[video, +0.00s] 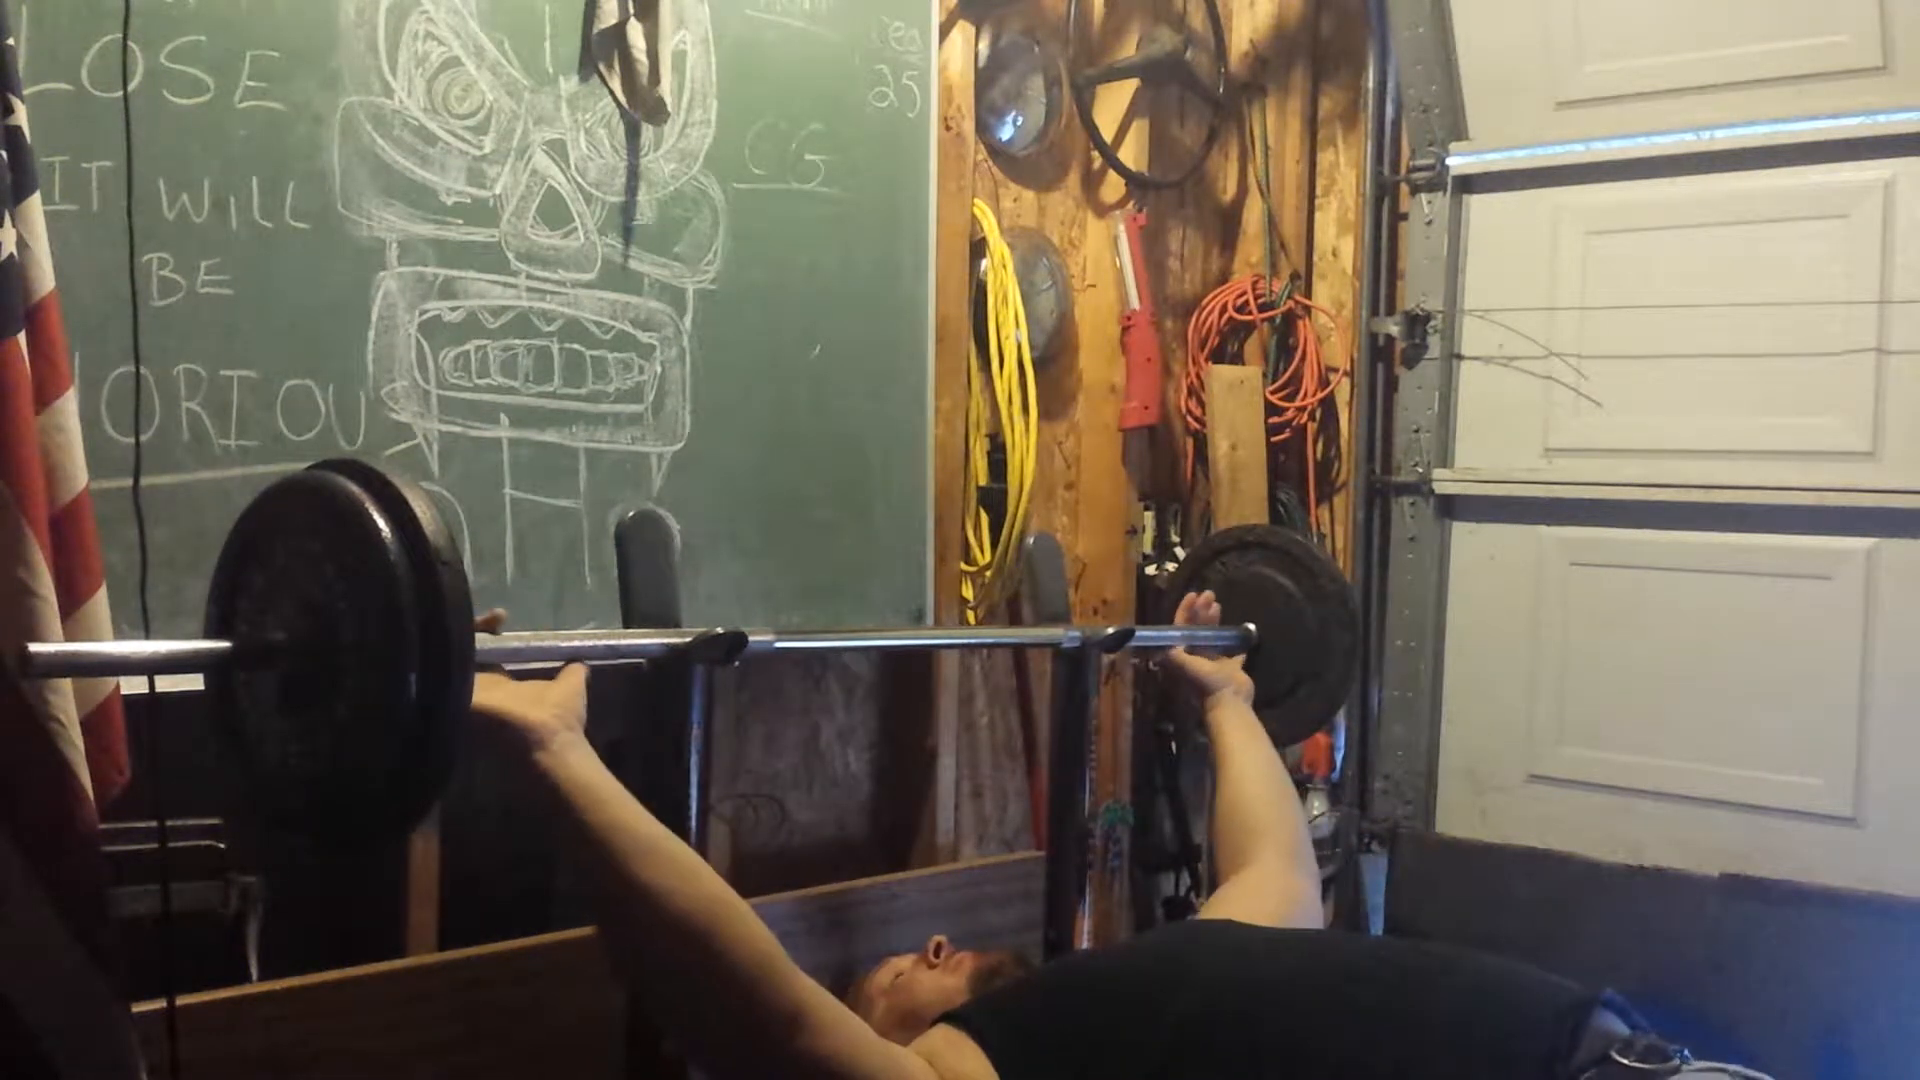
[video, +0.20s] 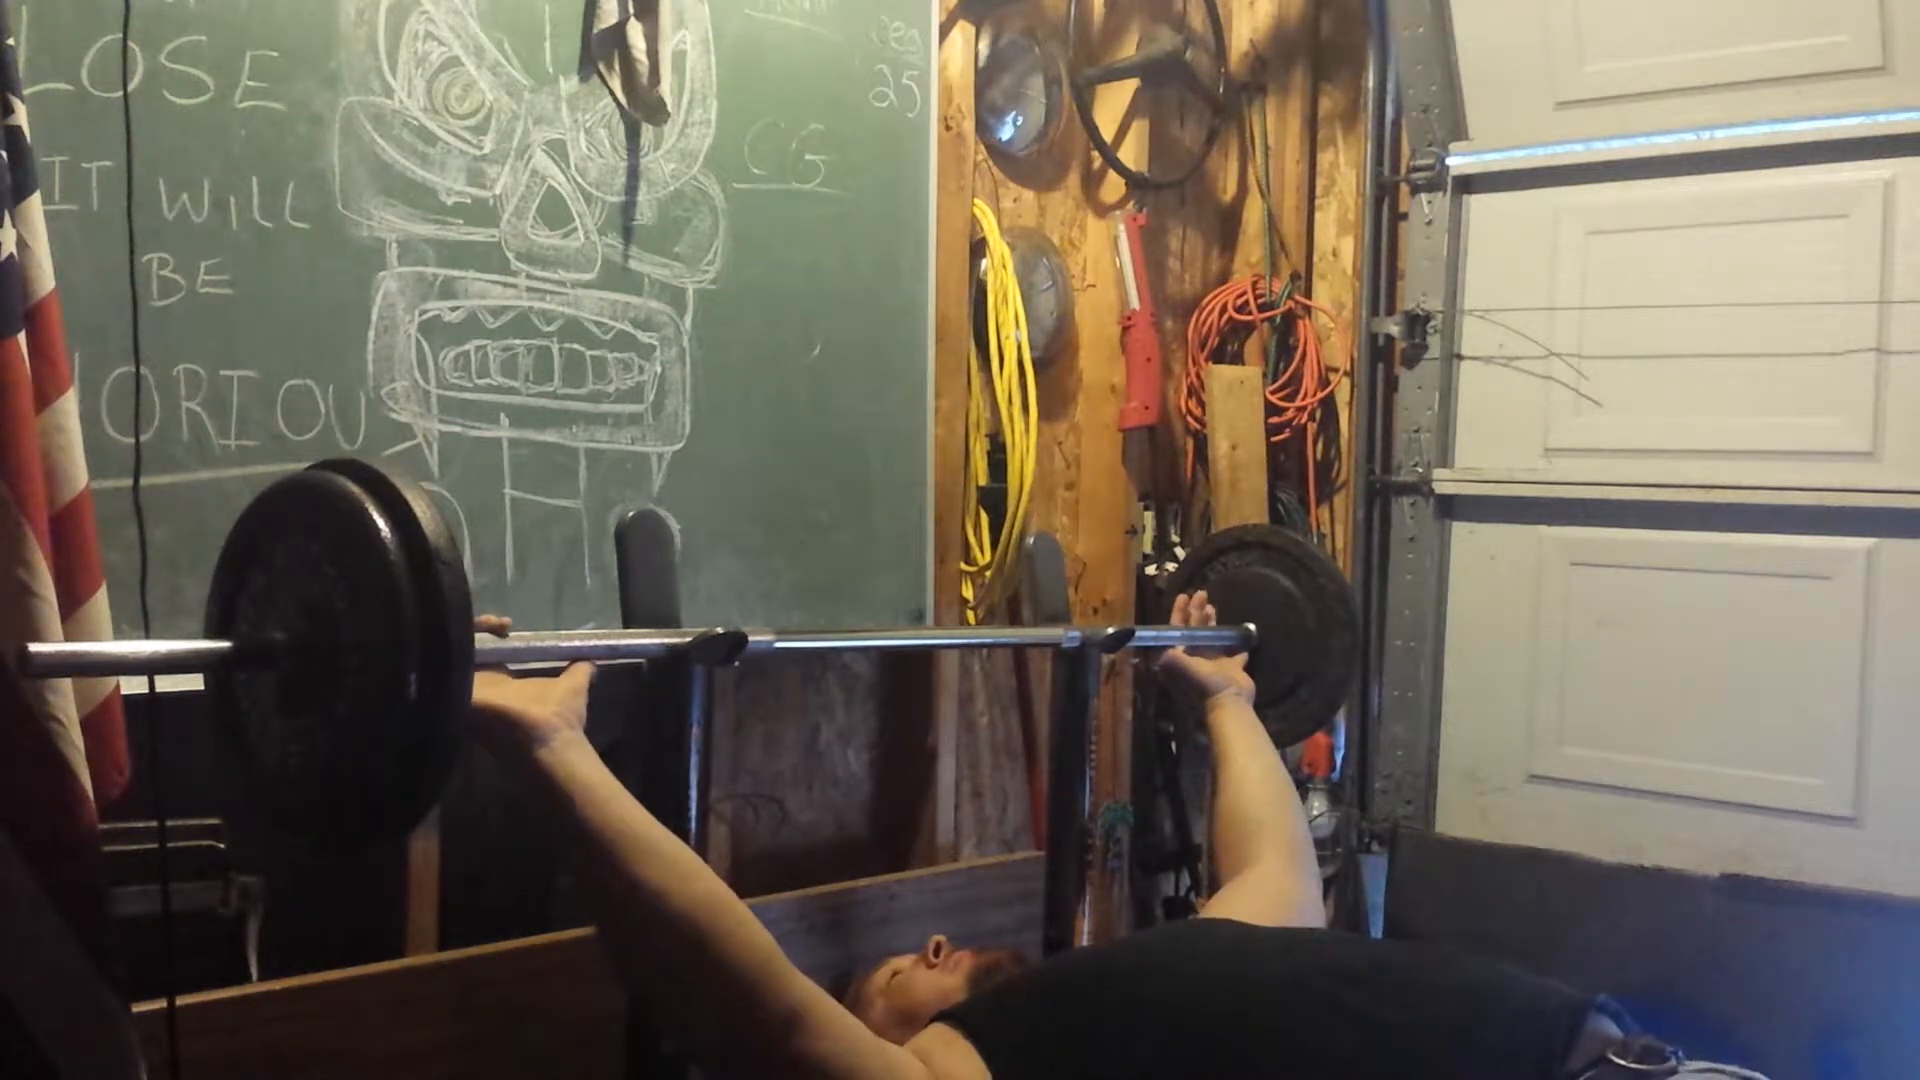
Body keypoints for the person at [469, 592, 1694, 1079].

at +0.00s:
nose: (918, 949)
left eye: (923, 949)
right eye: (893, 972)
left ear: (974, 963)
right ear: (895, 1035)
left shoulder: (1170, 979)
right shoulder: (947, 1067)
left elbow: (1270, 864)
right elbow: (780, 1008)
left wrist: (1220, 690)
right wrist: (562, 753)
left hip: (1658, 1043)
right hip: (1568, 1056)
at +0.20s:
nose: (911, 950)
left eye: (904, 952)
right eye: (875, 978)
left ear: (958, 967)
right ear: (864, 1041)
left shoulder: (1172, 976)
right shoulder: (940, 1073)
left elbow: (1270, 872)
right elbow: (756, 983)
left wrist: (1227, 697)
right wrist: (563, 752)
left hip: (1667, 1052)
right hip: (1572, 1069)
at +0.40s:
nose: (909, 952)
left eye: (904, 954)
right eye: (873, 977)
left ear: (956, 969)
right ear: (857, 1039)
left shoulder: (1163, 979)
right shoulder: (935, 1074)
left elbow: (1266, 871)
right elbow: (745, 979)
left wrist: (1225, 697)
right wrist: (559, 757)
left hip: (1667, 1051)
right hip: (1571, 1069)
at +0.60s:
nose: (911, 950)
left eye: (911, 951)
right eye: (877, 976)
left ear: (965, 967)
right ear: (860, 1040)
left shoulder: (1168, 979)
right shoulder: (946, 1073)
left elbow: (1259, 866)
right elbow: (754, 987)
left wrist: (1217, 699)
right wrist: (549, 756)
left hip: (1659, 1053)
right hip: (1574, 1064)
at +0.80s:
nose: (912, 953)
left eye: (913, 950)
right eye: (884, 979)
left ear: (970, 962)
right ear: (880, 1043)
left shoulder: (1171, 986)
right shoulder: (952, 1071)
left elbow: (1255, 860)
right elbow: (761, 997)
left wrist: (1212, 699)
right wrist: (545, 755)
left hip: (1657, 1052)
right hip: (1565, 1063)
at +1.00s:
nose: (915, 948)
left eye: (914, 948)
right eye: (887, 975)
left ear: (972, 965)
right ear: (887, 1043)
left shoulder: (1165, 987)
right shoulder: (954, 1073)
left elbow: (1256, 856)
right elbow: (768, 998)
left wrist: (1213, 698)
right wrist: (546, 753)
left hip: (1662, 1054)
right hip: (1573, 1062)